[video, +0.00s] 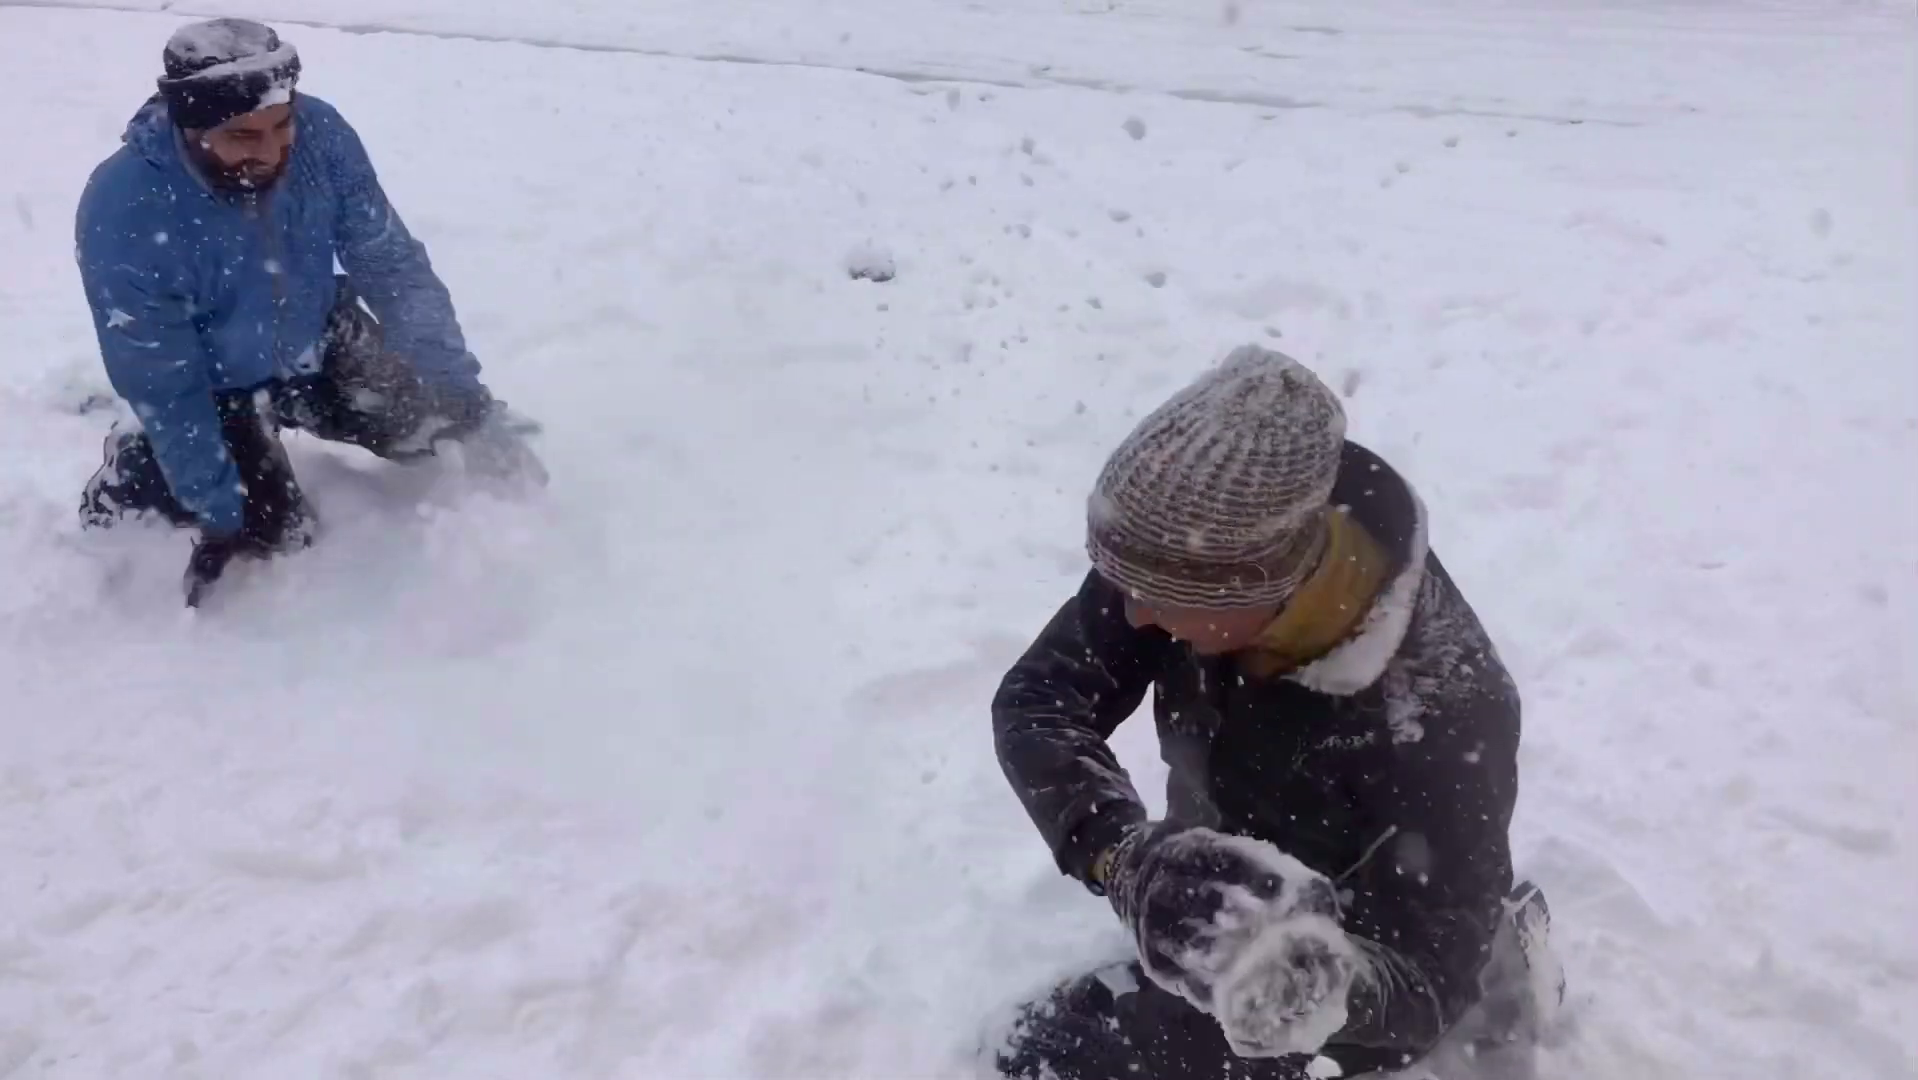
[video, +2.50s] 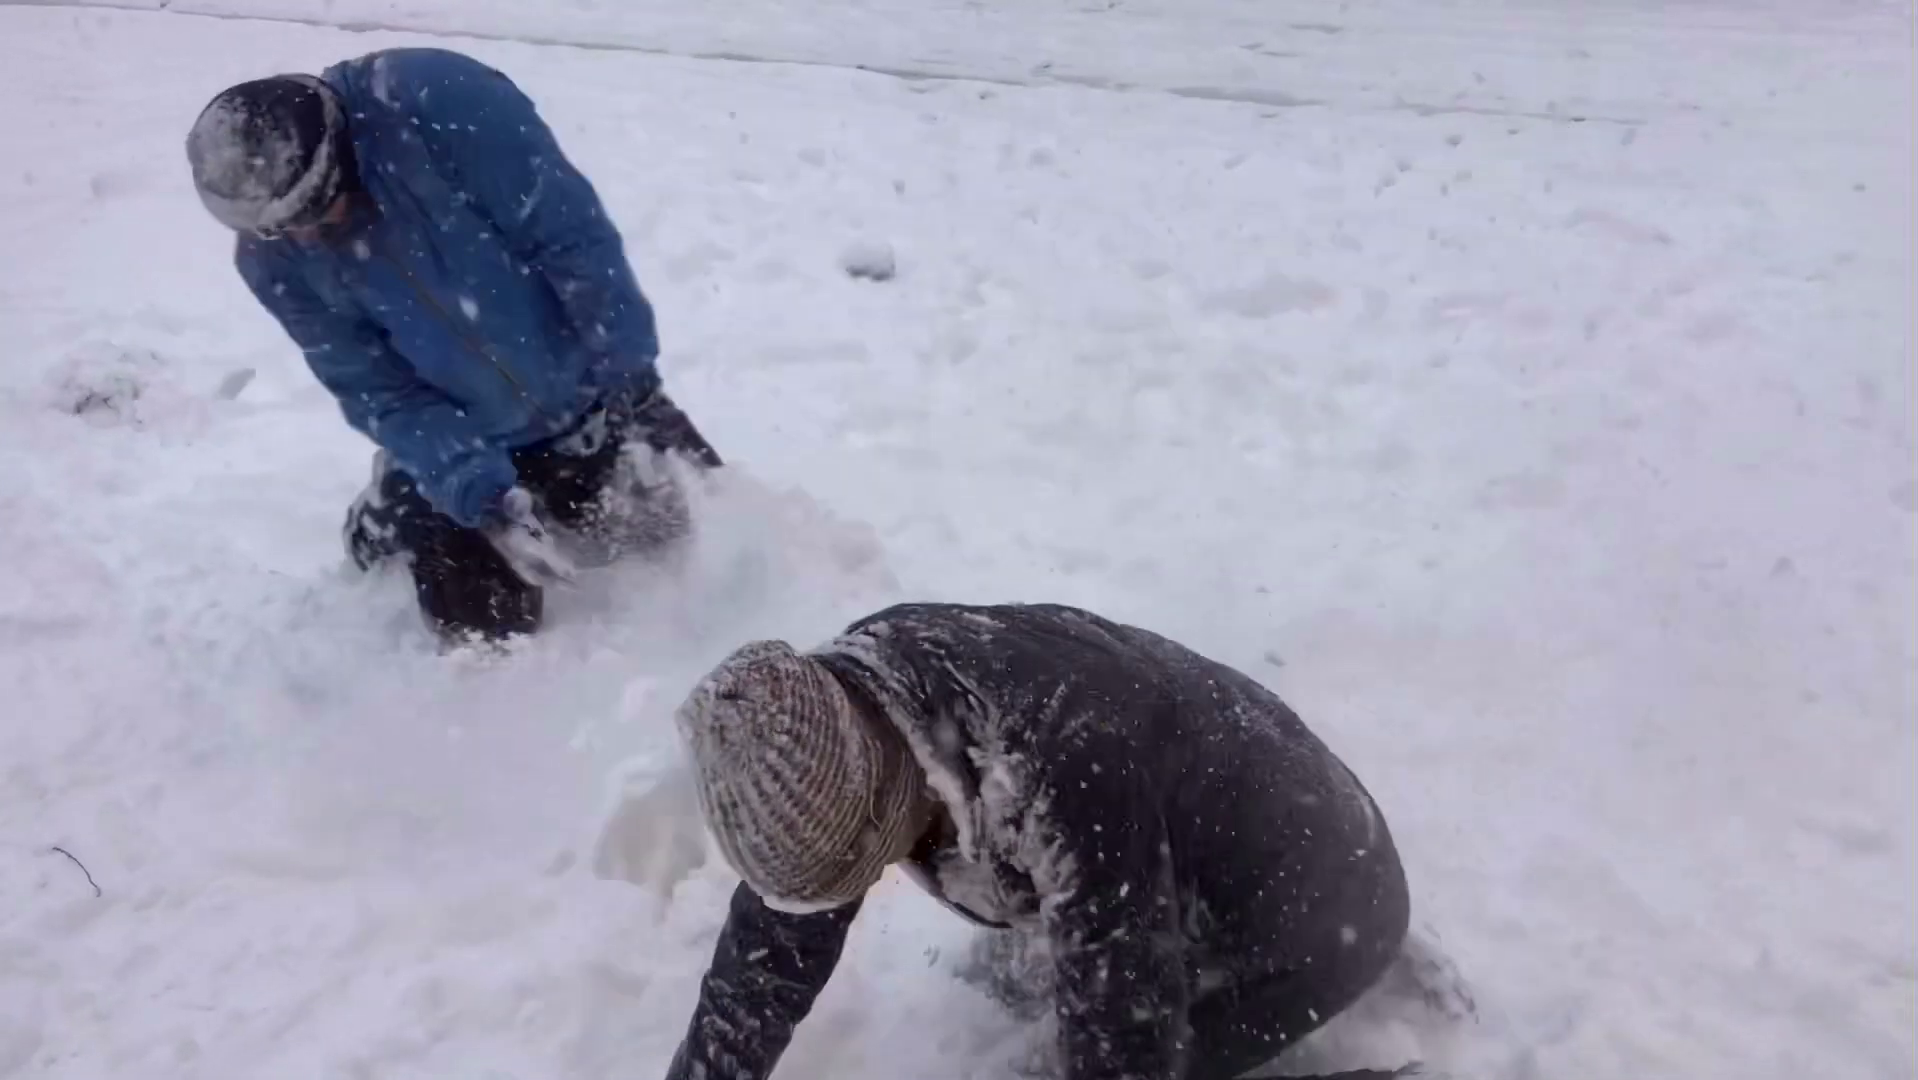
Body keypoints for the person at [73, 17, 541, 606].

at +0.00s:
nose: (270, 151)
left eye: (282, 126)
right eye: (243, 136)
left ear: (293, 108)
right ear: (191, 128)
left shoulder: (317, 136)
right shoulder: (123, 213)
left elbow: (394, 270)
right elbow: (164, 387)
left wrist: (466, 406)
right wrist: (221, 522)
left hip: (312, 341)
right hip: (211, 387)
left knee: (437, 431)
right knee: (278, 529)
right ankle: (140, 471)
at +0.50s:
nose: (343, 120)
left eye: (357, 94)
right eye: (318, 104)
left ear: (371, 62)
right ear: (269, 86)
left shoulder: (427, 90)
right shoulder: (214, 176)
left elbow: (503, 164)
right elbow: (260, 359)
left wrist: (559, 231)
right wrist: (333, 519)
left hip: (469, 375)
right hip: (339, 405)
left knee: (583, 529)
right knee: (283, 542)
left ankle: (466, 445)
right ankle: (190, 476)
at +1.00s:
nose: (584, 151)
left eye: (597, 130)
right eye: (564, 131)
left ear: (614, 127)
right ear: (520, 129)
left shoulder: (643, 204)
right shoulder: (452, 206)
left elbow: (661, 351)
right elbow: (479, 384)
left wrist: (682, 480)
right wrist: (591, 503)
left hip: (556, 406)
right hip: (423, 402)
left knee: (612, 533)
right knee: (311, 545)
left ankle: (526, 471)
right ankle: (236, 475)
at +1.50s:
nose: (574, 179)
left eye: (591, 157)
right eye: (552, 161)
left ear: (609, 139)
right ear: (506, 144)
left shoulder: (624, 177)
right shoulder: (435, 228)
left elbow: (661, 329)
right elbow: (404, 433)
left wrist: (719, 452)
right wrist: (388, 613)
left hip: (567, 421)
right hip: (454, 440)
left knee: (620, 549)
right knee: (493, 626)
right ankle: (370, 520)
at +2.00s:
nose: (463, 180)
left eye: (485, 156)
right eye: (443, 155)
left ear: (529, 150)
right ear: (420, 148)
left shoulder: (593, 231)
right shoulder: (354, 257)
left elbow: (625, 407)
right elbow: (305, 444)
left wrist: (662, 565)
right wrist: (272, 602)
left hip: (523, 436)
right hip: (391, 466)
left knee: (600, 552)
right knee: (485, 636)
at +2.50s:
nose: (305, 237)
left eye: (310, 214)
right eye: (282, 231)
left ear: (335, 159)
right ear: (253, 219)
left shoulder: (435, 100)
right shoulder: (274, 258)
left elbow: (572, 236)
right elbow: (380, 396)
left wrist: (633, 393)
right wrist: (488, 500)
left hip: (583, 407)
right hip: (461, 458)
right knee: (489, 644)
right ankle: (409, 510)